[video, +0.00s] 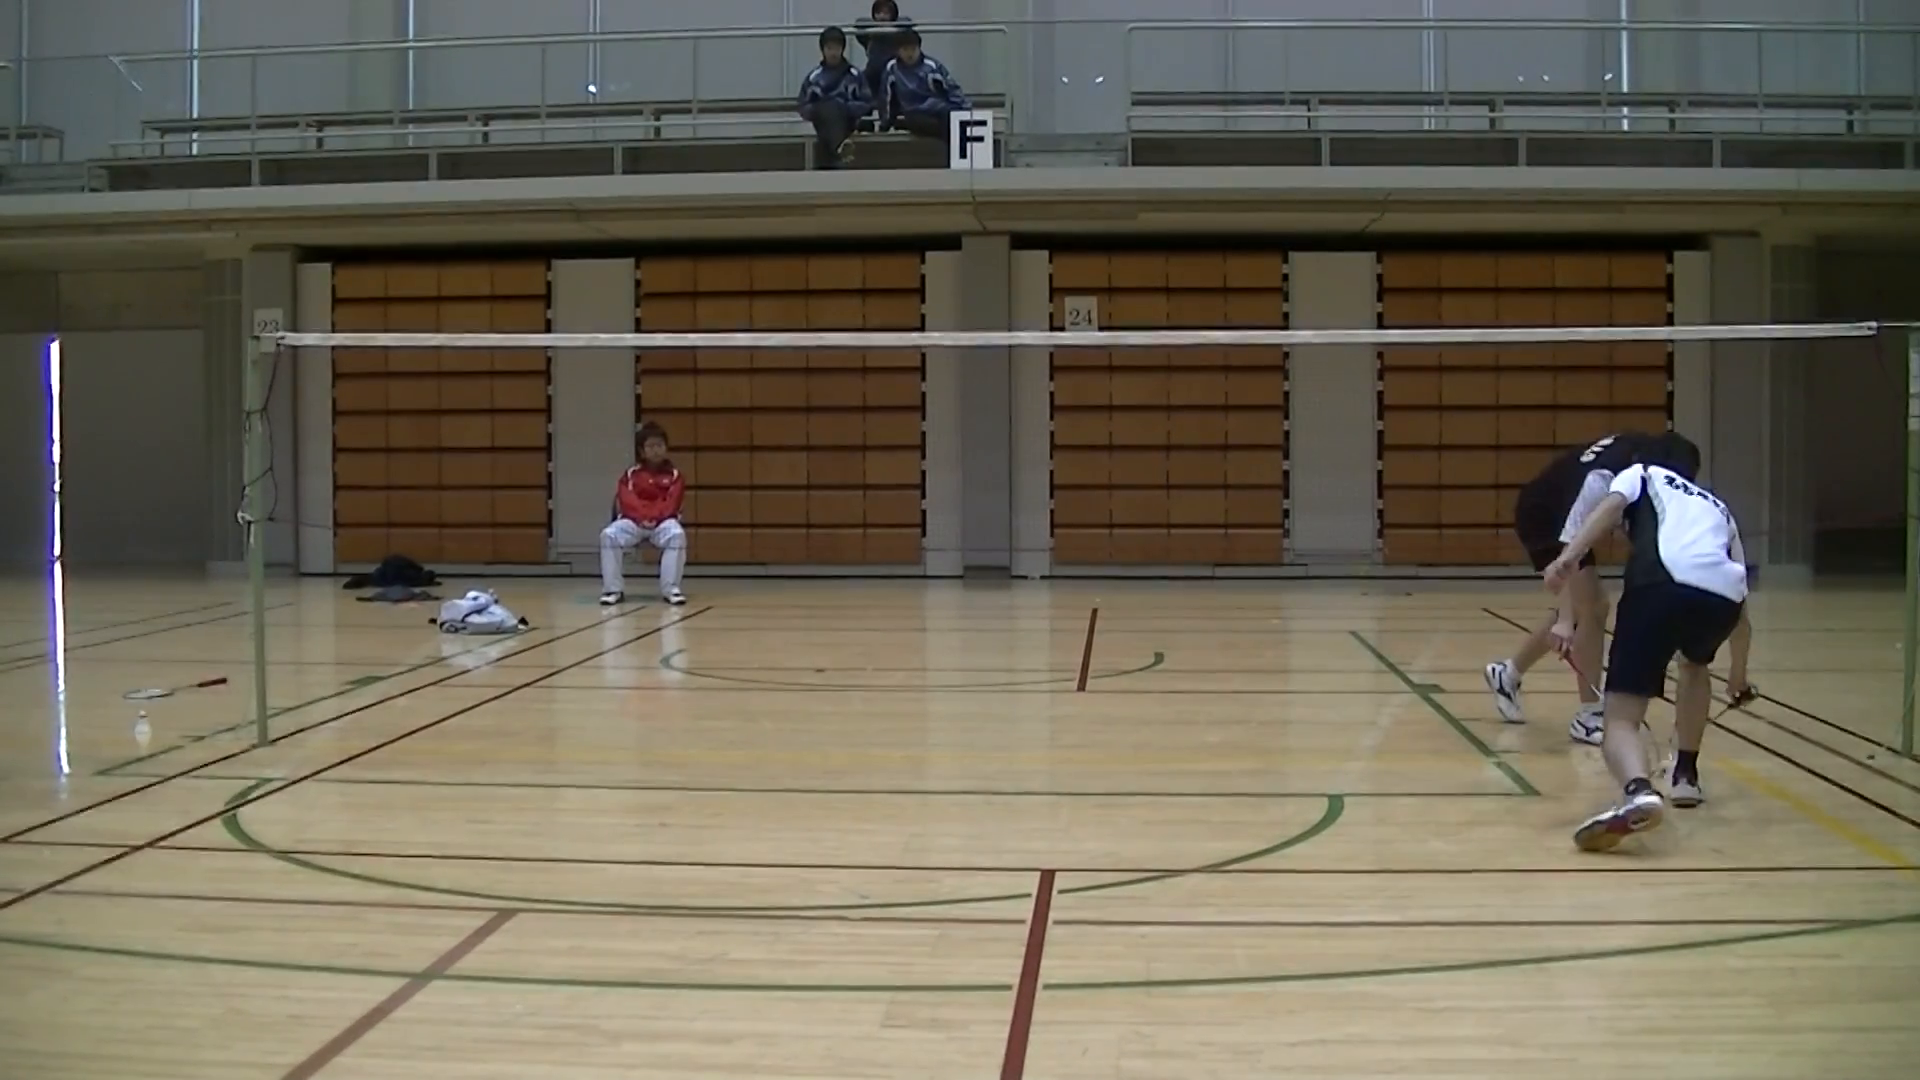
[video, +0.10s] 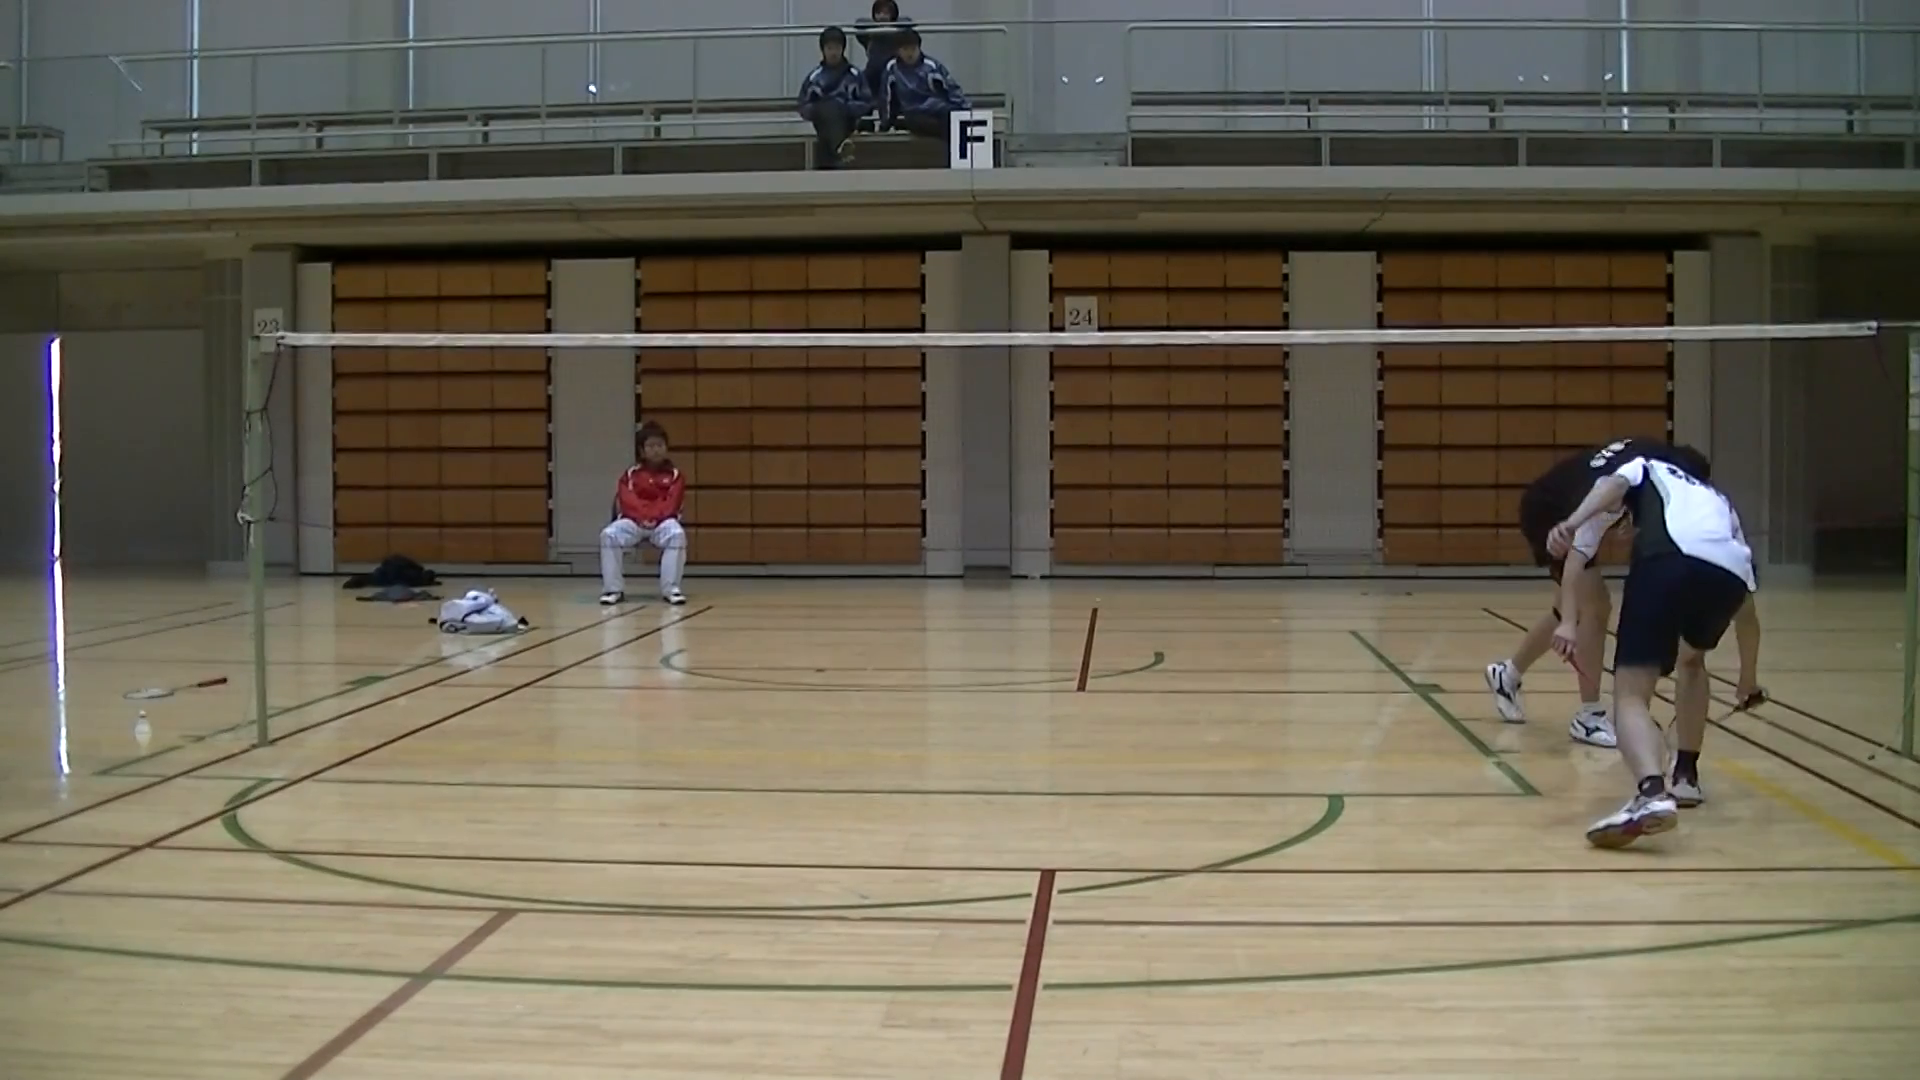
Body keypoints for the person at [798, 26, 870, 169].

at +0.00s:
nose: (833, 52)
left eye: (837, 48)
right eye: (829, 48)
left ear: (843, 49)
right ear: (822, 50)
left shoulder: (855, 75)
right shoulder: (813, 77)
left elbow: (867, 104)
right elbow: (803, 107)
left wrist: (842, 108)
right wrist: (824, 109)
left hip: (849, 120)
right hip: (821, 121)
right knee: (831, 106)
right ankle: (839, 145)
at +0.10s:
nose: (833, 53)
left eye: (837, 48)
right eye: (829, 48)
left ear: (843, 49)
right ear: (822, 50)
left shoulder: (855, 75)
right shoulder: (813, 77)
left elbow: (867, 104)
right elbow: (803, 108)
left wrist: (842, 108)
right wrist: (825, 108)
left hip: (848, 120)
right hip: (821, 120)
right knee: (830, 106)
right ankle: (840, 146)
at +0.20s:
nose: (833, 53)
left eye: (837, 48)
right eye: (829, 48)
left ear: (843, 49)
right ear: (822, 50)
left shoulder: (855, 75)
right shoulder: (814, 77)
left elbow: (866, 104)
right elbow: (804, 108)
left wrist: (842, 108)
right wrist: (824, 108)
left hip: (848, 120)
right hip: (821, 121)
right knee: (830, 106)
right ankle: (841, 146)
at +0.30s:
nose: (833, 53)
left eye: (837, 48)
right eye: (829, 48)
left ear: (843, 49)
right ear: (822, 50)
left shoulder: (855, 75)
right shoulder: (814, 77)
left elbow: (866, 104)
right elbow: (803, 108)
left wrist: (842, 108)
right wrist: (823, 109)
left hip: (848, 120)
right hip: (821, 121)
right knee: (830, 106)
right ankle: (842, 147)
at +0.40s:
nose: (833, 53)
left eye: (837, 48)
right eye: (829, 48)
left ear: (843, 49)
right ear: (822, 51)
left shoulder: (855, 75)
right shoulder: (813, 77)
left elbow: (867, 105)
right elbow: (803, 108)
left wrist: (842, 107)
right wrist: (823, 109)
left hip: (848, 119)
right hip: (820, 120)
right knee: (830, 106)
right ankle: (841, 146)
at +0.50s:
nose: (833, 52)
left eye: (837, 48)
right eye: (829, 48)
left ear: (843, 49)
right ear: (822, 50)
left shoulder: (855, 74)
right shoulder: (813, 76)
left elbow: (867, 103)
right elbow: (804, 107)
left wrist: (843, 108)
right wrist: (823, 109)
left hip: (847, 119)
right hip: (820, 119)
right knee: (830, 106)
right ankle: (840, 145)